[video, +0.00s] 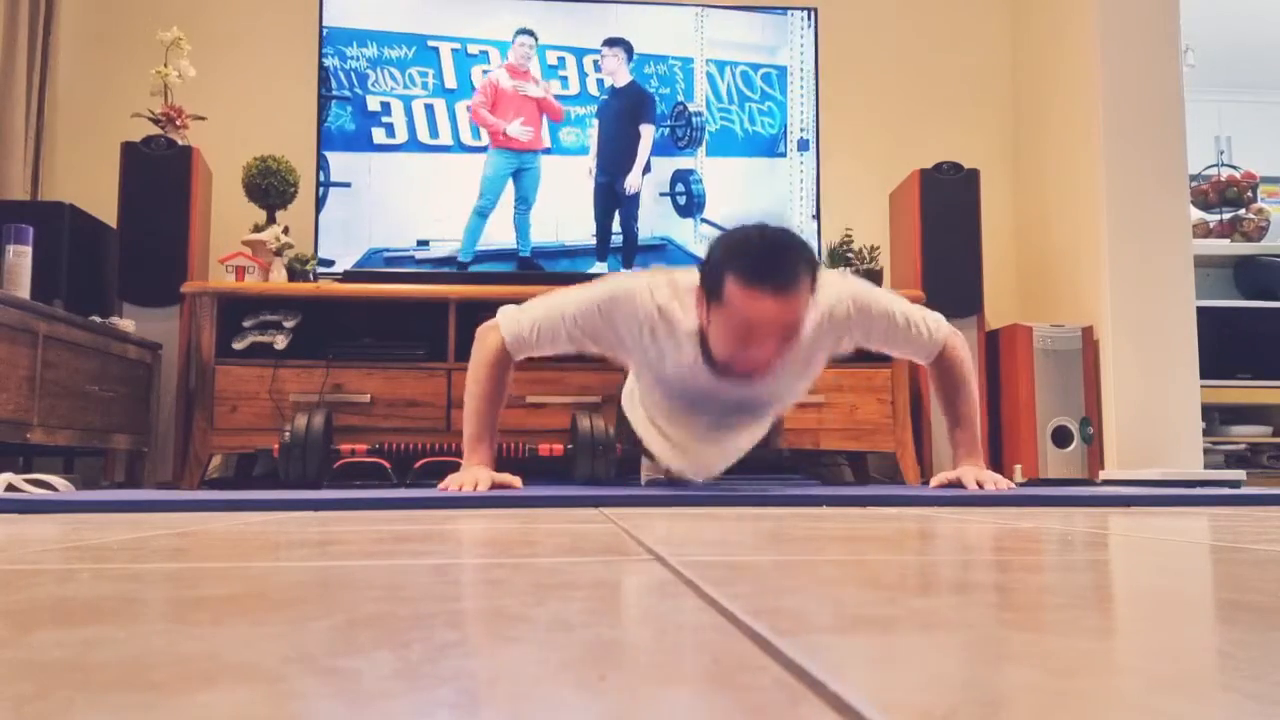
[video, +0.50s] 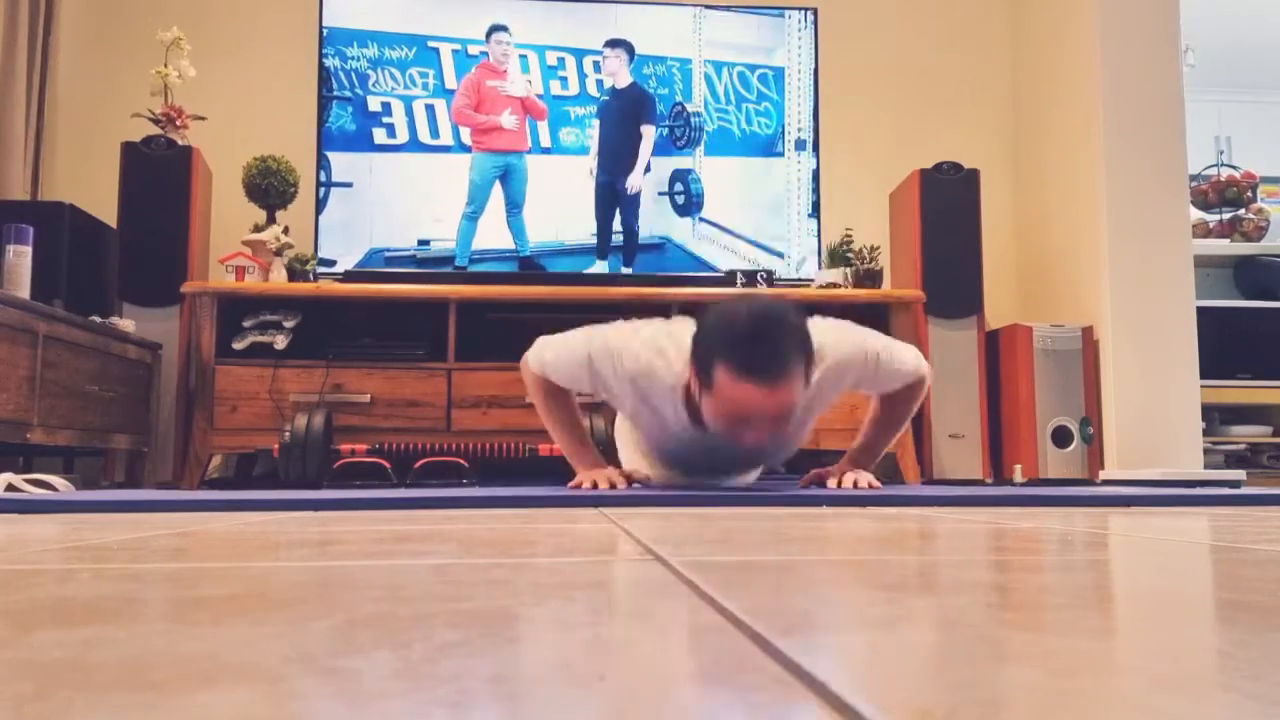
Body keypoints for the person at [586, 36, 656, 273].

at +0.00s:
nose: (602, 61)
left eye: (608, 57)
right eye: (602, 57)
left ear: (623, 59)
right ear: (605, 59)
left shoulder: (642, 97)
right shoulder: (606, 97)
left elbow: (647, 137)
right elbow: (597, 131)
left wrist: (636, 172)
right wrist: (593, 157)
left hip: (628, 171)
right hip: (604, 169)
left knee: (628, 223)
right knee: (602, 219)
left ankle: (627, 267)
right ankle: (601, 262)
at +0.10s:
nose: (600, 61)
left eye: (604, 56)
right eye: (601, 57)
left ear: (620, 59)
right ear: (616, 59)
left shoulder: (643, 97)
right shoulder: (605, 96)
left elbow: (647, 136)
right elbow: (598, 131)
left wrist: (636, 172)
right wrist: (592, 158)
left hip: (628, 175)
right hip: (604, 172)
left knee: (625, 232)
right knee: (602, 229)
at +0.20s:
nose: (604, 61)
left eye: (610, 56)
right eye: (602, 56)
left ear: (624, 60)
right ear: (603, 59)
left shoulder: (643, 98)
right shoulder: (605, 100)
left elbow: (649, 141)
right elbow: (600, 141)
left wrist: (644, 174)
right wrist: (596, 173)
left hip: (636, 172)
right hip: (607, 172)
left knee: (635, 230)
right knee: (609, 228)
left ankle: (635, 274)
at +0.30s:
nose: (601, 61)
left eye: (605, 57)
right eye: (602, 57)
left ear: (621, 59)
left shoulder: (644, 97)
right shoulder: (605, 96)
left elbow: (648, 138)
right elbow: (598, 130)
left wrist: (641, 174)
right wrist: (593, 158)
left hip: (629, 176)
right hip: (604, 174)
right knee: (602, 227)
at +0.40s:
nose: (603, 62)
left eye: (609, 57)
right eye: (603, 57)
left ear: (624, 60)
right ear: (605, 60)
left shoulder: (643, 98)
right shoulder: (605, 97)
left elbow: (648, 138)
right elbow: (598, 132)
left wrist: (638, 172)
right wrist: (593, 158)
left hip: (628, 172)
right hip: (604, 171)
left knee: (629, 225)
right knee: (603, 222)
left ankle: (630, 268)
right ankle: (602, 262)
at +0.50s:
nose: (603, 62)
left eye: (608, 58)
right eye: (603, 58)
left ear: (623, 61)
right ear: (608, 61)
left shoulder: (643, 97)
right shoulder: (605, 97)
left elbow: (648, 137)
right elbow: (599, 131)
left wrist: (638, 172)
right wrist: (593, 157)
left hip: (629, 171)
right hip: (605, 169)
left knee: (629, 222)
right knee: (603, 219)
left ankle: (627, 267)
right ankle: (601, 261)